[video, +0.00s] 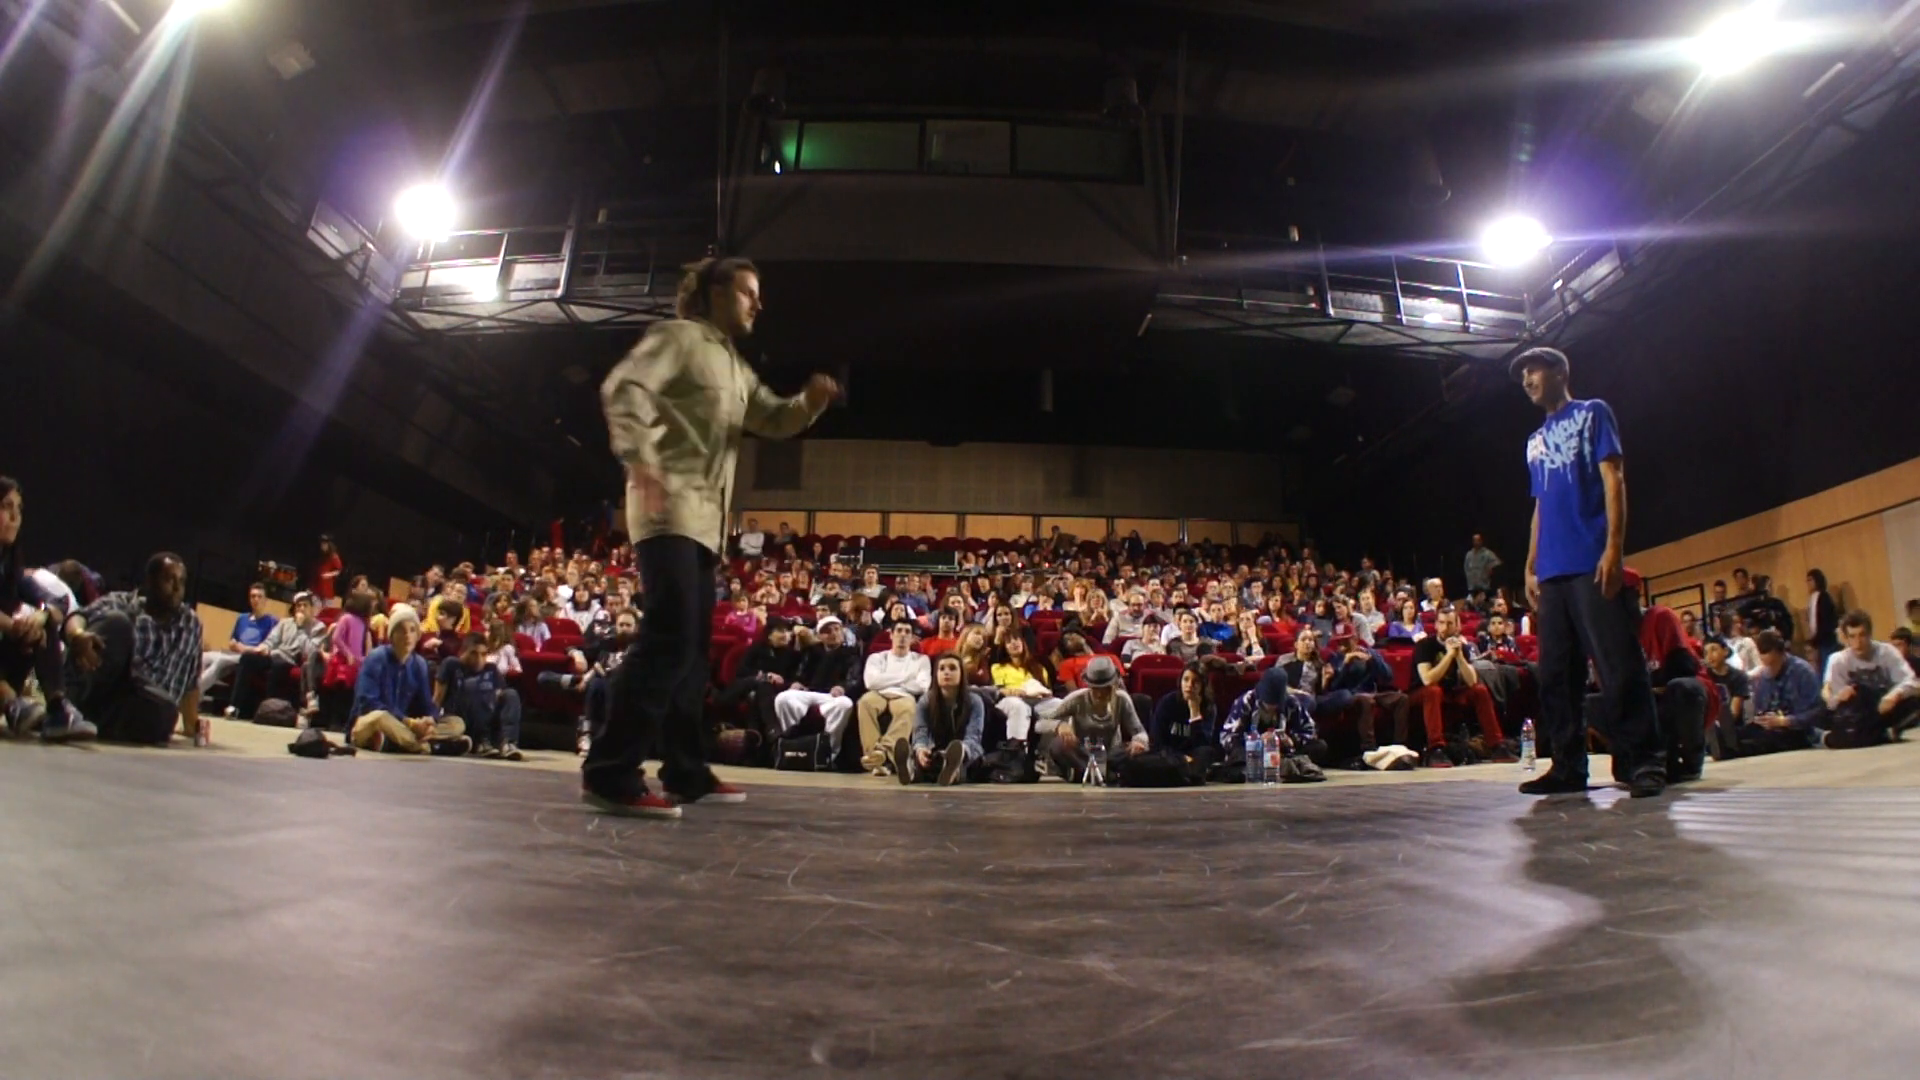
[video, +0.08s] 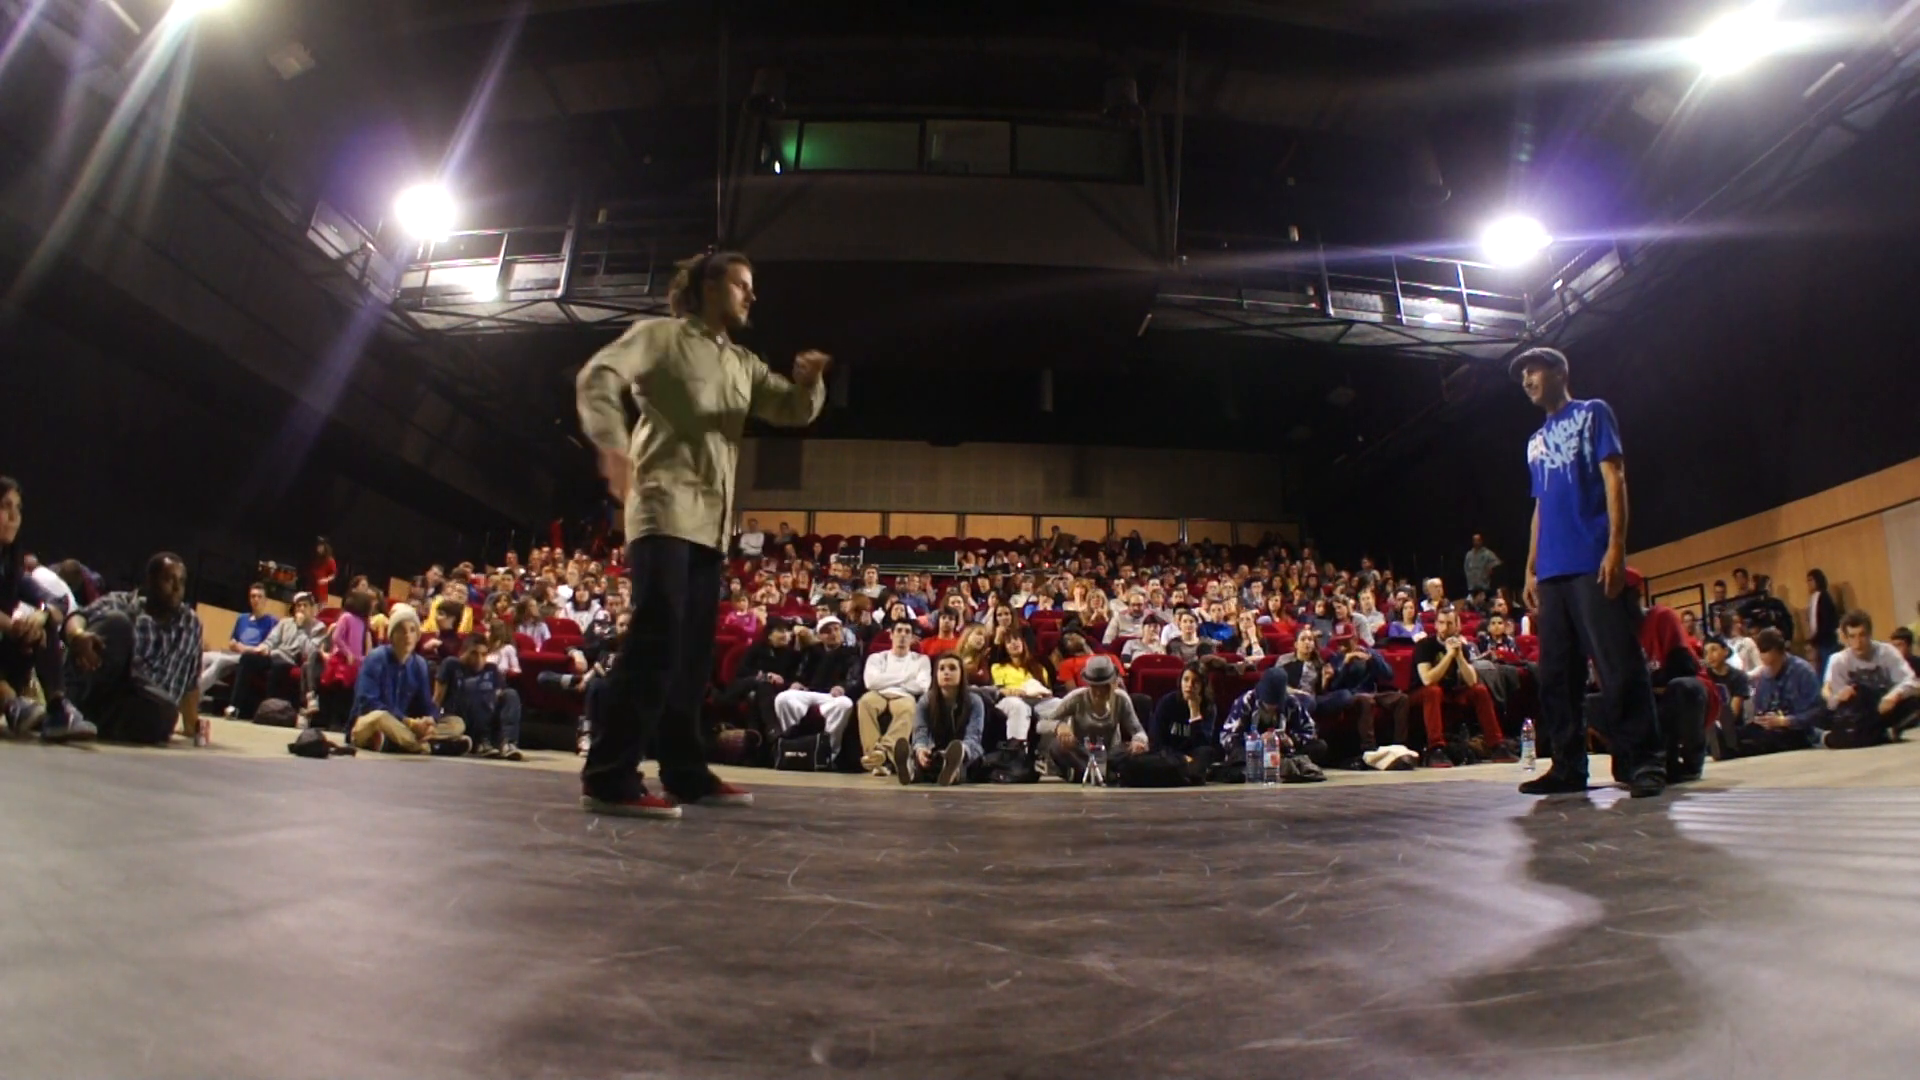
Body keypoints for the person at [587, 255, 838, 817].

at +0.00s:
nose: (756, 304)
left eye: (758, 296)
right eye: (747, 292)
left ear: (745, 304)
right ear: (714, 292)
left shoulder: (738, 370)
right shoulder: (679, 335)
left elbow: (773, 419)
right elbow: (625, 389)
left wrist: (811, 402)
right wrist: (643, 461)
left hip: (704, 521)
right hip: (666, 511)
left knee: (693, 647)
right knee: (669, 642)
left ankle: (686, 772)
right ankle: (611, 772)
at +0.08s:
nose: (750, 297)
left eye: (752, 289)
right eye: (741, 285)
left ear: (740, 299)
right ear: (707, 285)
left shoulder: (744, 363)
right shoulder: (662, 333)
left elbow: (796, 411)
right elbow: (598, 377)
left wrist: (809, 382)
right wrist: (611, 444)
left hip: (711, 519)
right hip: (661, 506)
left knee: (694, 647)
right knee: (655, 639)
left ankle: (685, 773)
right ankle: (610, 776)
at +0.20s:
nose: (744, 293)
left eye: (746, 285)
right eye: (735, 280)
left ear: (735, 295)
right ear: (701, 280)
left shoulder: (737, 350)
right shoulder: (660, 321)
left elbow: (782, 378)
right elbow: (617, 372)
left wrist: (828, 385)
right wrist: (575, 400)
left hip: (708, 519)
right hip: (654, 513)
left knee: (695, 658)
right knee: (631, 650)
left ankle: (691, 775)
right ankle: (609, 779)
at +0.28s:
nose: (740, 292)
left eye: (743, 285)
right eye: (731, 281)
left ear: (735, 295)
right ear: (696, 281)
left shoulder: (738, 349)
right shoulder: (661, 320)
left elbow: (790, 377)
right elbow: (617, 351)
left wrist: (856, 388)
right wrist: (571, 372)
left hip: (708, 514)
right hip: (655, 504)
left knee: (693, 651)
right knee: (639, 644)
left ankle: (690, 775)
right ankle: (610, 778)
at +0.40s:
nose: (740, 296)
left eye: (742, 289)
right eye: (731, 285)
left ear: (734, 298)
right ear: (695, 284)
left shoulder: (733, 345)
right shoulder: (666, 316)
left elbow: (797, 363)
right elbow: (635, 331)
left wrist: (873, 387)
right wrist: (639, 333)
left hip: (708, 515)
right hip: (654, 507)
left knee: (693, 650)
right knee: (635, 643)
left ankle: (689, 775)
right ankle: (609, 779)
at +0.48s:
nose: (740, 299)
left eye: (740, 291)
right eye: (731, 287)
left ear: (731, 300)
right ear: (694, 287)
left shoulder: (731, 349)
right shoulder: (663, 318)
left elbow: (784, 364)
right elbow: (662, 328)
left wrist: (853, 369)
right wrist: (713, 326)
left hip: (706, 517)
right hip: (652, 510)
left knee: (694, 653)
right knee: (629, 646)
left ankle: (688, 774)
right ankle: (606, 778)